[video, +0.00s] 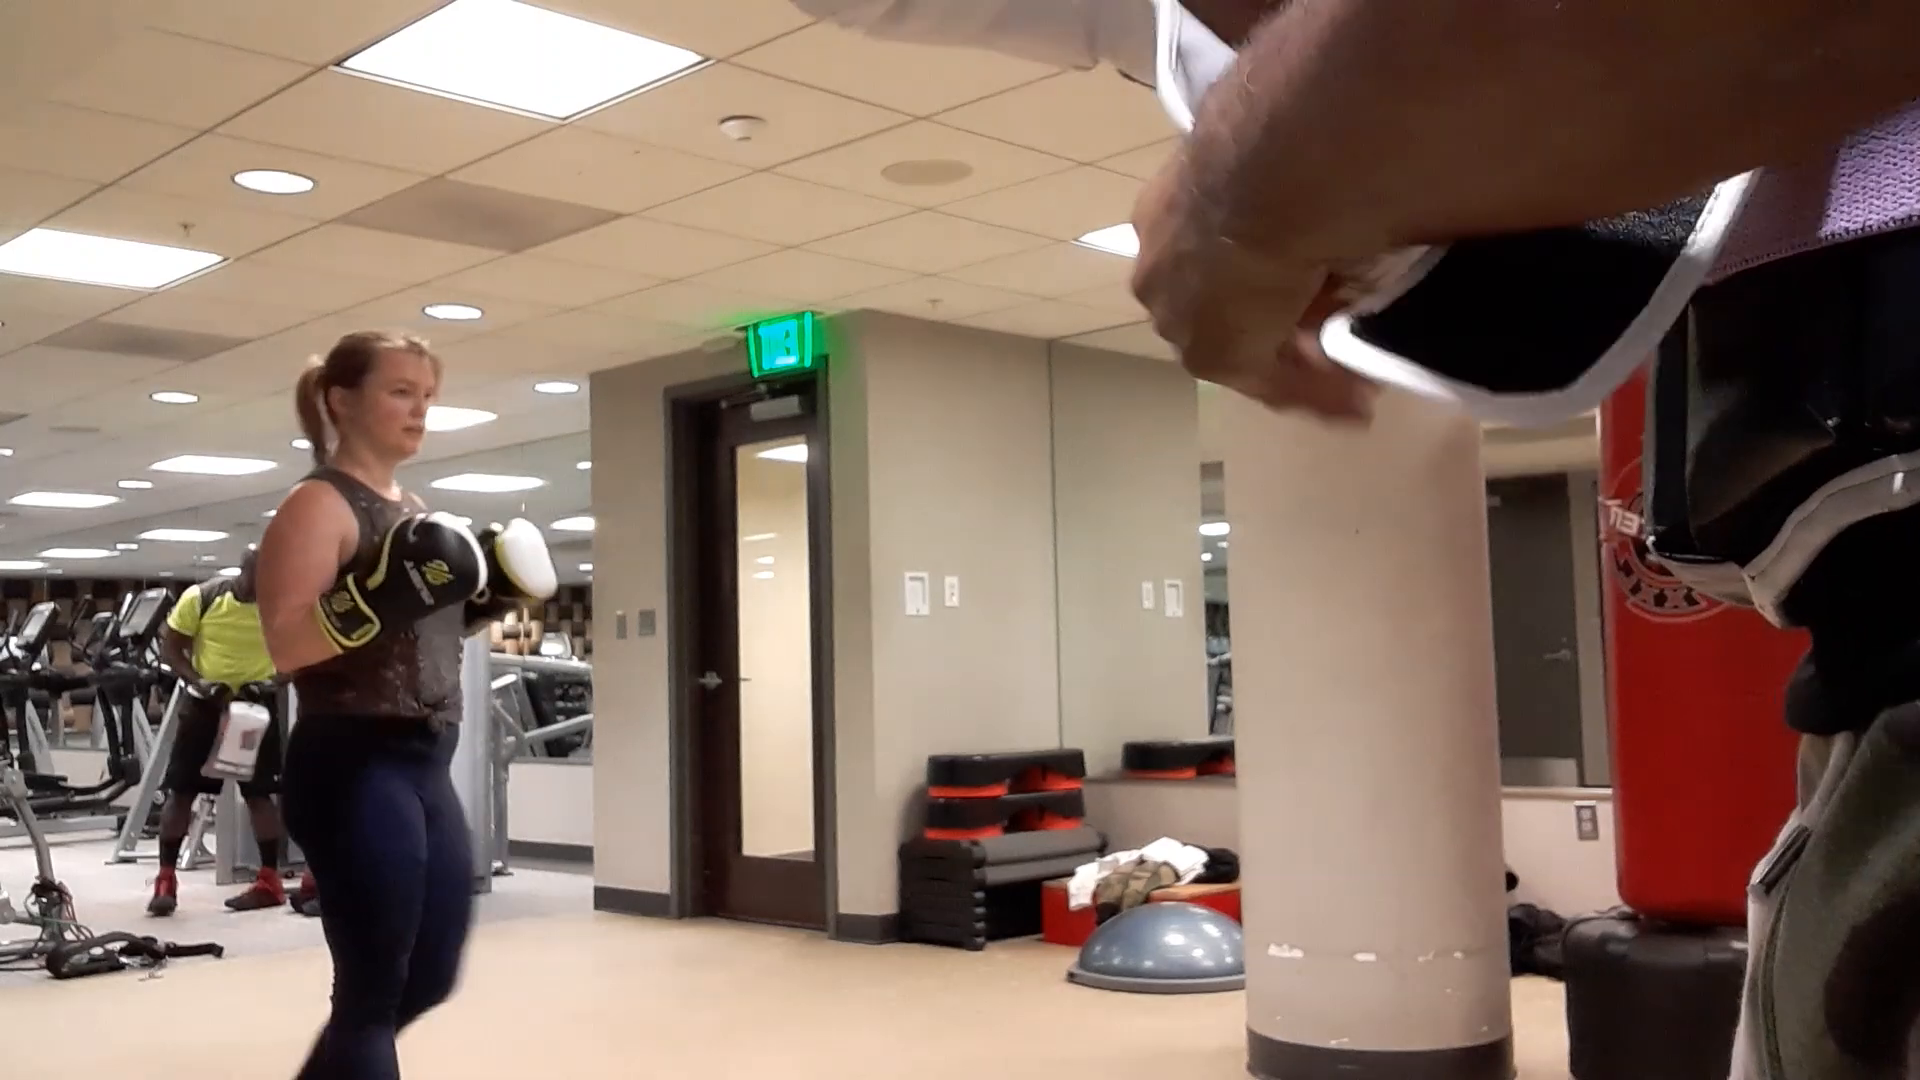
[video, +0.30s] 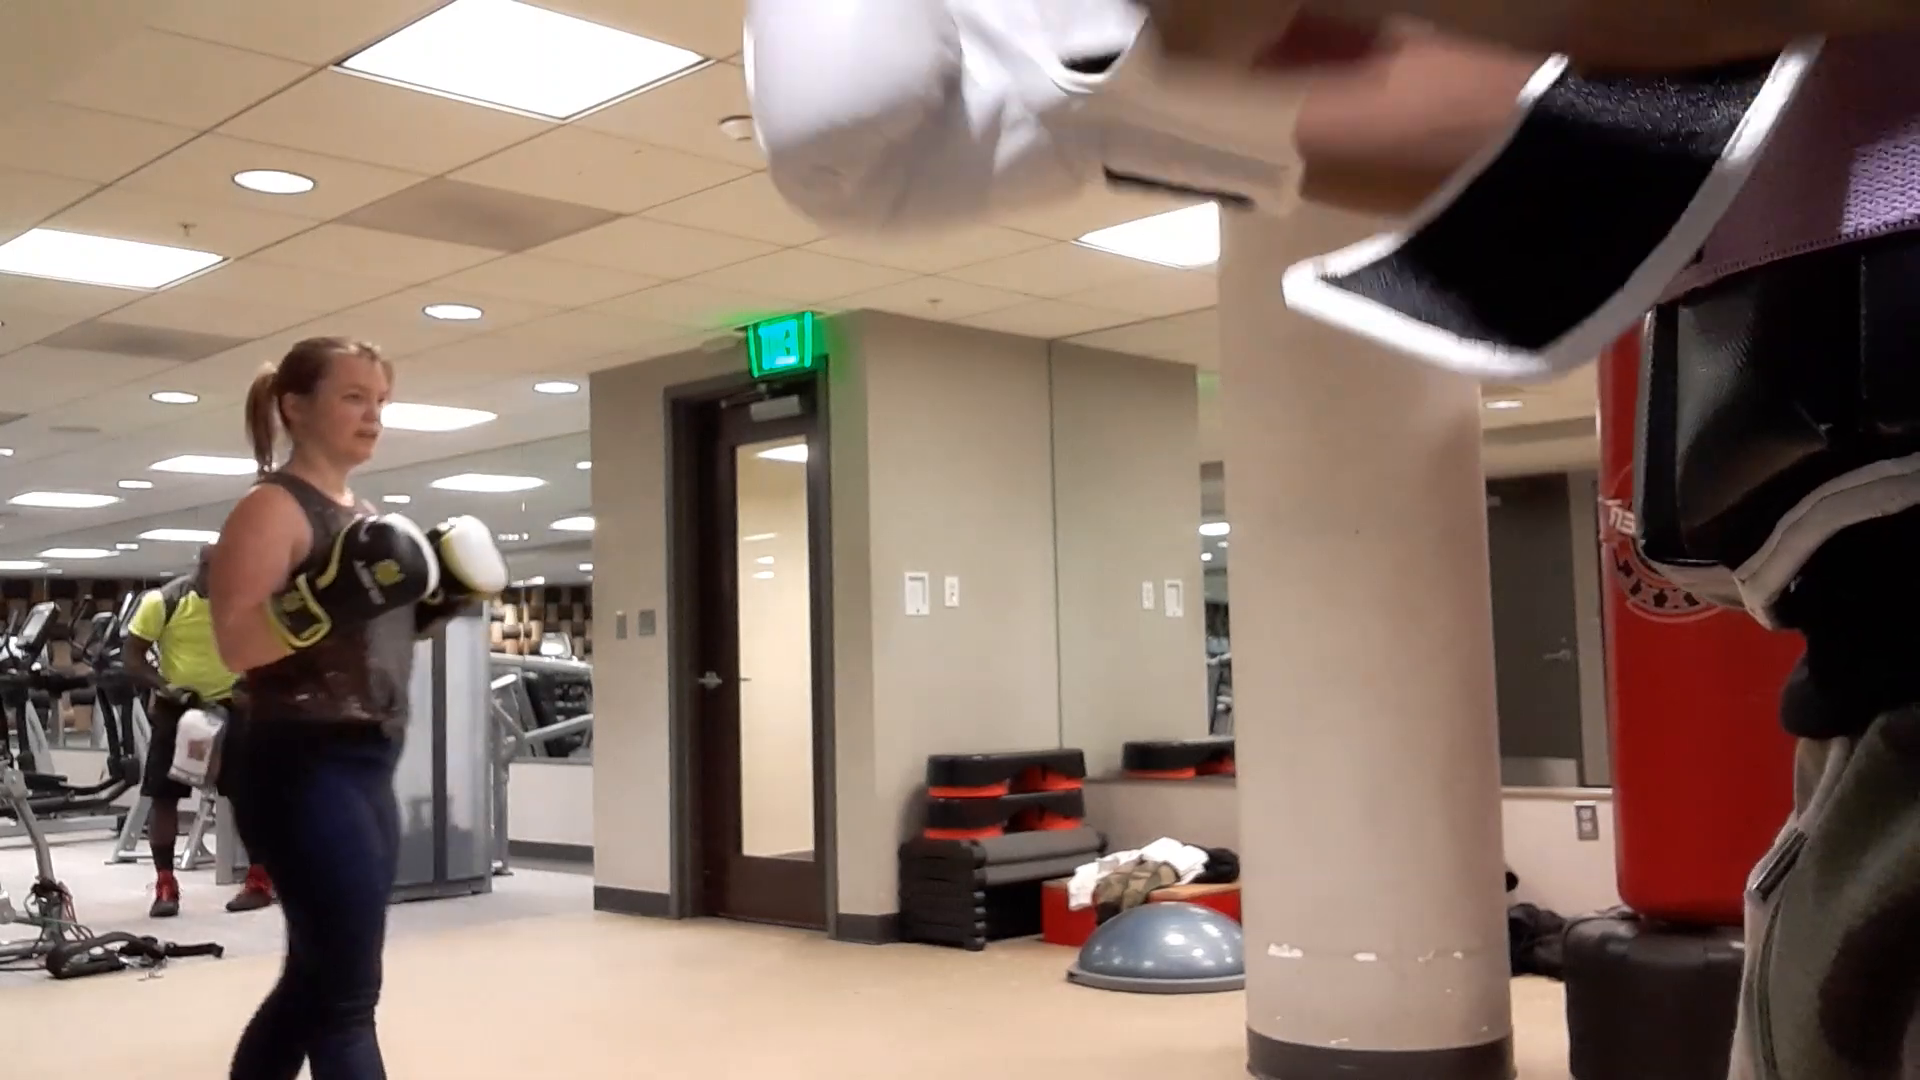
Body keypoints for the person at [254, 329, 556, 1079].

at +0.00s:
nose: (419, 412)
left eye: (427, 399)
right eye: (400, 394)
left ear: (430, 408)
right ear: (340, 401)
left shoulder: (409, 509)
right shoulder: (314, 507)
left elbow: (424, 634)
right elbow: (285, 647)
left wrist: (486, 598)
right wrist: (389, 596)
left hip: (424, 761)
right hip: (350, 764)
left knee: (427, 979)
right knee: (372, 991)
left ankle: (322, 1065)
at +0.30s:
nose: (373, 417)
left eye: (380, 403)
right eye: (354, 400)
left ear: (383, 411)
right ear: (296, 408)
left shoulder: (360, 514)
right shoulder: (269, 509)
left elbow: (372, 641)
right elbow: (238, 643)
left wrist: (437, 603)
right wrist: (336, 595)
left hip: (360, 763)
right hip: (296, 767)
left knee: (316, 985)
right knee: (346, 991)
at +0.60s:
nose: (329, 424)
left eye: (338, 413)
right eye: (311, 405)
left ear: (345, 423)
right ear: (252, 409)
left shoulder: (313, 523)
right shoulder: (209, 509)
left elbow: (306, 645)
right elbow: (156, 639)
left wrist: (374, 619)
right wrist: (258, 613)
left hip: (312, 765)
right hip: (229, 769)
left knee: (275, 987)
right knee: (323, 971)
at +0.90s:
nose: (276, 422)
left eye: (287, 409)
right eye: (258, 403)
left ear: (295, 419)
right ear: (201, 404)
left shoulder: (266, 518)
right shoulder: (157, 507)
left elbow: (272, 647)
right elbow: (106, 640)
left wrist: (332, 615)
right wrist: (198, 603)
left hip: (273, 756)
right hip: (188, 758)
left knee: (251, 983)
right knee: (232, 984)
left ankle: (154, 1066)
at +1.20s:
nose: (205, 411)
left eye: (219, 399)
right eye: (184, 391)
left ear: (230, 410)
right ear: (132, 395)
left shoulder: (221, 517)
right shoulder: (86, 499)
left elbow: (223, 646)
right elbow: (28, 633)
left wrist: (283, 621)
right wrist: (129, 592)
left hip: (219, 766)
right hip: (115, 766)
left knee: (235, 991)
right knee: (95, 992)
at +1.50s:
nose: (132, 404)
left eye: (148, 389)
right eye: (110, 383)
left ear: (162, 406)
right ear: (60, 392)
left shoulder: (180, 513)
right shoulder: (18, 500)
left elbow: (194, 649)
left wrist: (230, 615)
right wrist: (15, 606)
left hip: (161, 775)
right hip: (47, 774)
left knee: (197, 998)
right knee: (28, 1011)